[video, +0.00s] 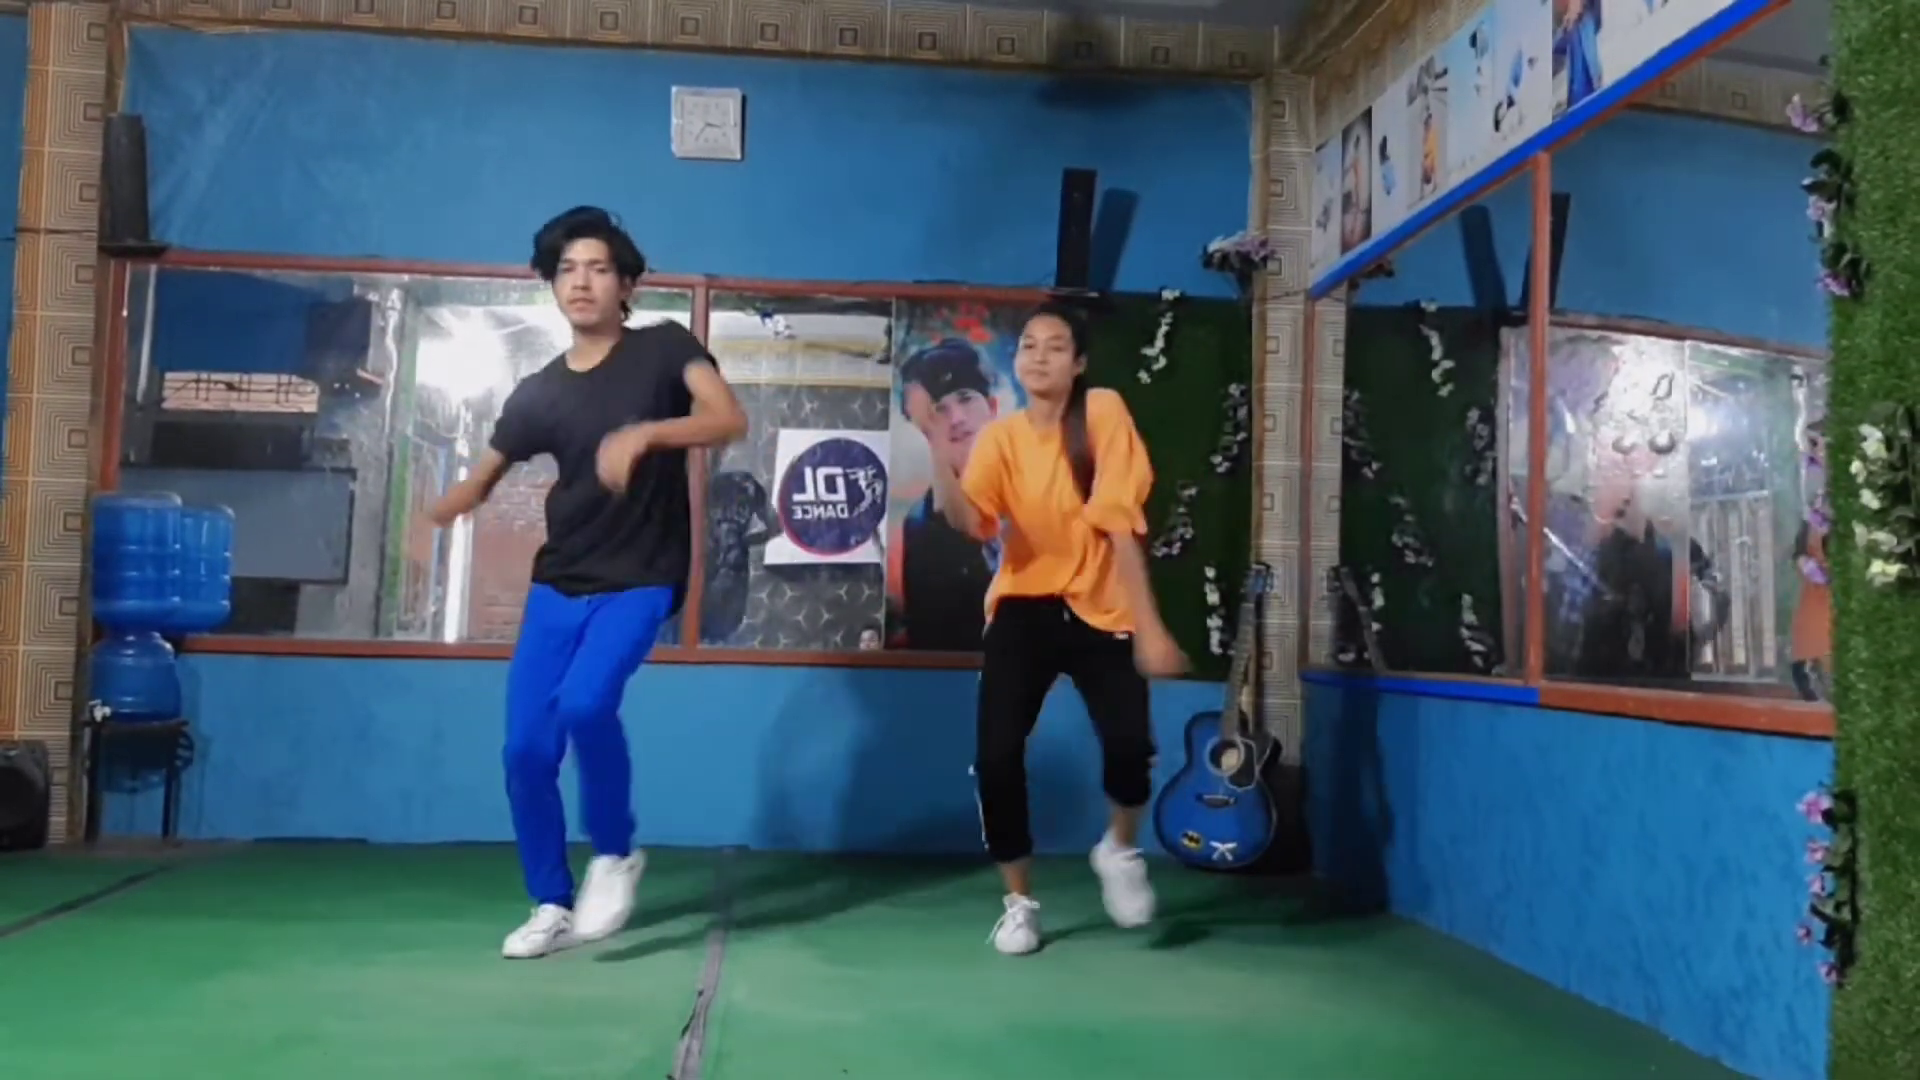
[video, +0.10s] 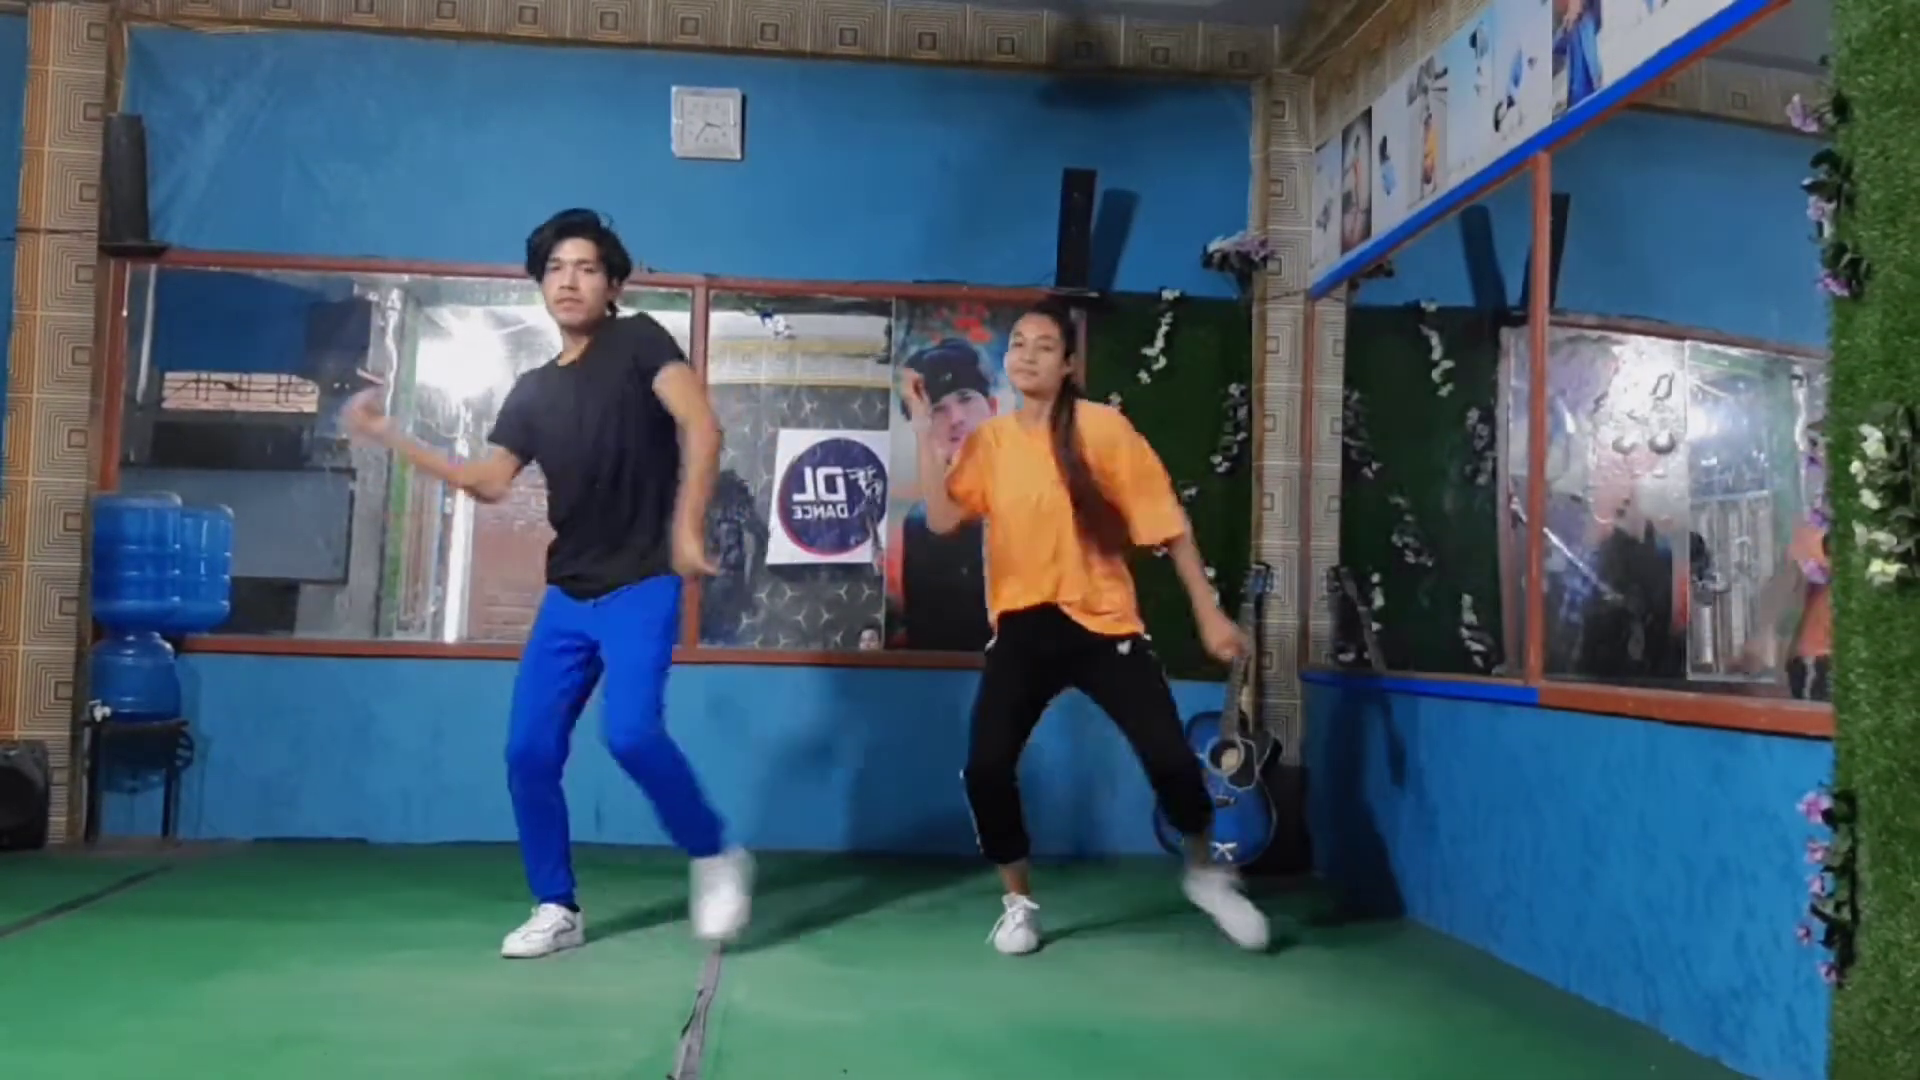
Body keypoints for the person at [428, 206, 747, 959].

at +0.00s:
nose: (582, 282)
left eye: (598, 269)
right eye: (569, 271)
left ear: (626, 284)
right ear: (553, 287)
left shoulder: (665, 346)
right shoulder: (540, 392)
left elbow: (729, 420)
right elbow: (484, 475)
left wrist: (643, 434)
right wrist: (446, 509)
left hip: (642, 578)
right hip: (559, 582)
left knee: (584, 704)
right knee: (523, 745)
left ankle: (615, 855)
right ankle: (552, 904)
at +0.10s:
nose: (569, 281)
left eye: (586, 269)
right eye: (557, 269)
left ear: (612, 284)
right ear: (540, 285)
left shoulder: (639, 340)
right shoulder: (535, 390)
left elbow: (703, 425)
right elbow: (487, 481)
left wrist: (687, 530)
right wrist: (391, 436)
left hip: (644, 584)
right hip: (569, 594)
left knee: (631, 734)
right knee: (529, 751)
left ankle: (716, 859)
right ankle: (555, 910)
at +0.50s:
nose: (622, 299)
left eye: (634, 285)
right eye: (607, 288)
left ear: (657, 300)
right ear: (588, 303)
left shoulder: (687, 396)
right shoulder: (554, 375)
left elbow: (707, 502)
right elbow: (496, 463)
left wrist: (729, 442)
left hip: (638, 612)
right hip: (542, 603)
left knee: (658, 757)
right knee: (475, 731)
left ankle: (622, 899)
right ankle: (515, 885)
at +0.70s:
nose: (644, 324)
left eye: (656, 308)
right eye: (628, 310)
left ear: (677, 317)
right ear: (607, 320)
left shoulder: (704, 413)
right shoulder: (583, 381)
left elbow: (658, 498)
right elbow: (585, 478)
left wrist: (661, 410)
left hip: (638, 632)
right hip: (544, 614)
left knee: (652, 768)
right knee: (473, 752)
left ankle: (616, 908)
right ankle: (370, 873)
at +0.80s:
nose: (637, 338)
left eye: (651, 323)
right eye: (624, 325)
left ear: (676, 329)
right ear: (607, 333)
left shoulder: (701, 416)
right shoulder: (585, 388)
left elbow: (663, 495)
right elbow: (609, 480)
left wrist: (662, 415)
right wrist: (628, 579)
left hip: (635, 625)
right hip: (543, 610)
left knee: (656, 765)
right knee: (497, 750)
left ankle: (615, 906)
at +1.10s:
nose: (643, 315)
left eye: (657, 300)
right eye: (628, 302)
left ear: (677, 313)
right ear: (604, 313)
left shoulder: (706, 399)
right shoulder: (570, 394)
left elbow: (710, 488)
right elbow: (561, 501)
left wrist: (624, 515)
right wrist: (602, 470)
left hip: (658, 606)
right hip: (571, 589)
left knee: (661, 764)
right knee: (549, 707)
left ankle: (619, 905)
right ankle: (541, 876)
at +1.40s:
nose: (619, 323)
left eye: (633, 309)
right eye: (605, 309)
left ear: (653, 314)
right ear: (583, 315)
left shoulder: (691, 395)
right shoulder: (556, 403)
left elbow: (675, 506)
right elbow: (580, 504)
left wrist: (570, 533)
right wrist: (597, 584)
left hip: (673, 599)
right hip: (578, 601)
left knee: (730, 714)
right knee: (551, 739)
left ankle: (714, 863)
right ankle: (560, 892)